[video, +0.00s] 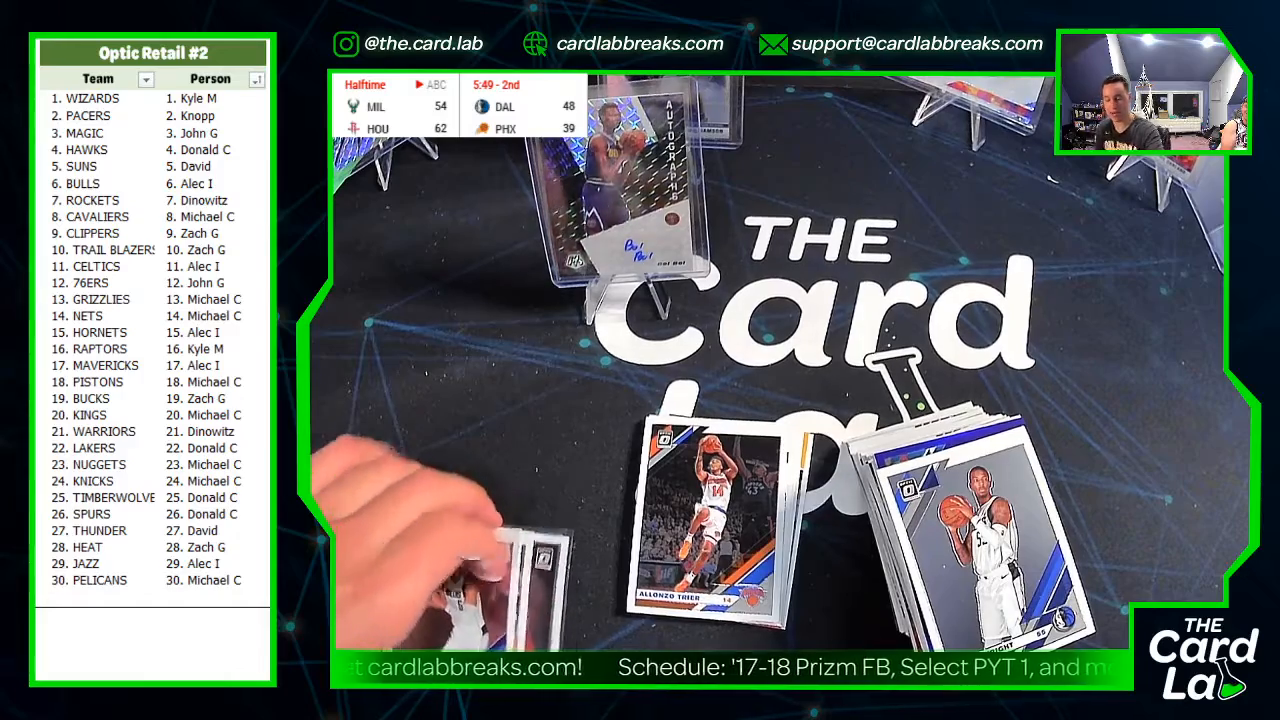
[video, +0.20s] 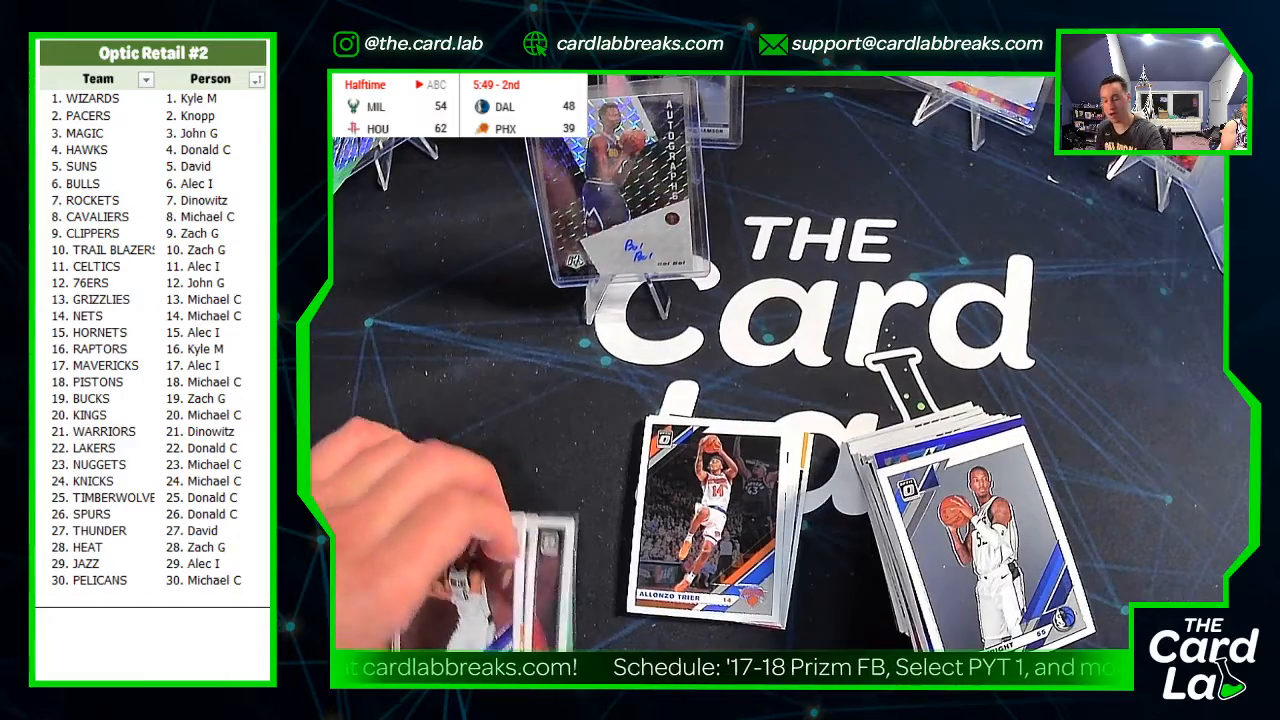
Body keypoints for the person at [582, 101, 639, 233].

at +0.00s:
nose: (615, 118)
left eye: (617, 115)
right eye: (611, 115)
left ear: (620, 118)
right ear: (602, 118)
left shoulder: (617, 142)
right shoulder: (598, 141)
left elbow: (620, 179)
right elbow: (607, 176)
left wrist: (633, 155)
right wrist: (624, 155)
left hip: (612, 189)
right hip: (596, 191)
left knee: (624, 229)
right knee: (598, 236)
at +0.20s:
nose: (616, 119)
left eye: (618, 115)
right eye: (612, 115)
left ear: (620, 118)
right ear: (602, 118)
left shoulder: (617, 142)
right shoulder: (598, 140)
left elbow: (619, 179)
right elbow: (606, 176)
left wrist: (632, 157)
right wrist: (624, 154)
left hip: (611, 189)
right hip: (597, 190)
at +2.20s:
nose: (617, 118)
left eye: (618, 115)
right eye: (613, 115)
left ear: (620, 117)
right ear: (603, 119)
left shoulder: (618, 142)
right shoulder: (598, 141)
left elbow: (623, 176)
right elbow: (606, 176)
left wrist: (634, 154)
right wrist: (625, 154)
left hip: (613, 190)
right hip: (597, 192)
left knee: (624, 229)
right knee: (601, 235)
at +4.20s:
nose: (617, 118)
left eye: (618, 115)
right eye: (612, 116)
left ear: (620, 117)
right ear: (603, 119)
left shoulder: (617, 142)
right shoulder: (598, 141)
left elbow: (619, 178)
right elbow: (606, 176)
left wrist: (631, 156)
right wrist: (624, 154)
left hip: (612, 189)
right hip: (596, 192)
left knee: (625, 230)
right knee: (600, 236)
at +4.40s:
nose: (617, 119)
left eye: (618, 115)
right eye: (612, 116)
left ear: (620, 117)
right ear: (603, 119)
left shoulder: (617, 142)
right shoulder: (598, 141)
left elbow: (619, 179)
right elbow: (606, 176)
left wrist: (631, 157)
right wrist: (624, 155)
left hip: (611, 190)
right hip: (596, 192)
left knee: (624, 230)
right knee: (600, 237)